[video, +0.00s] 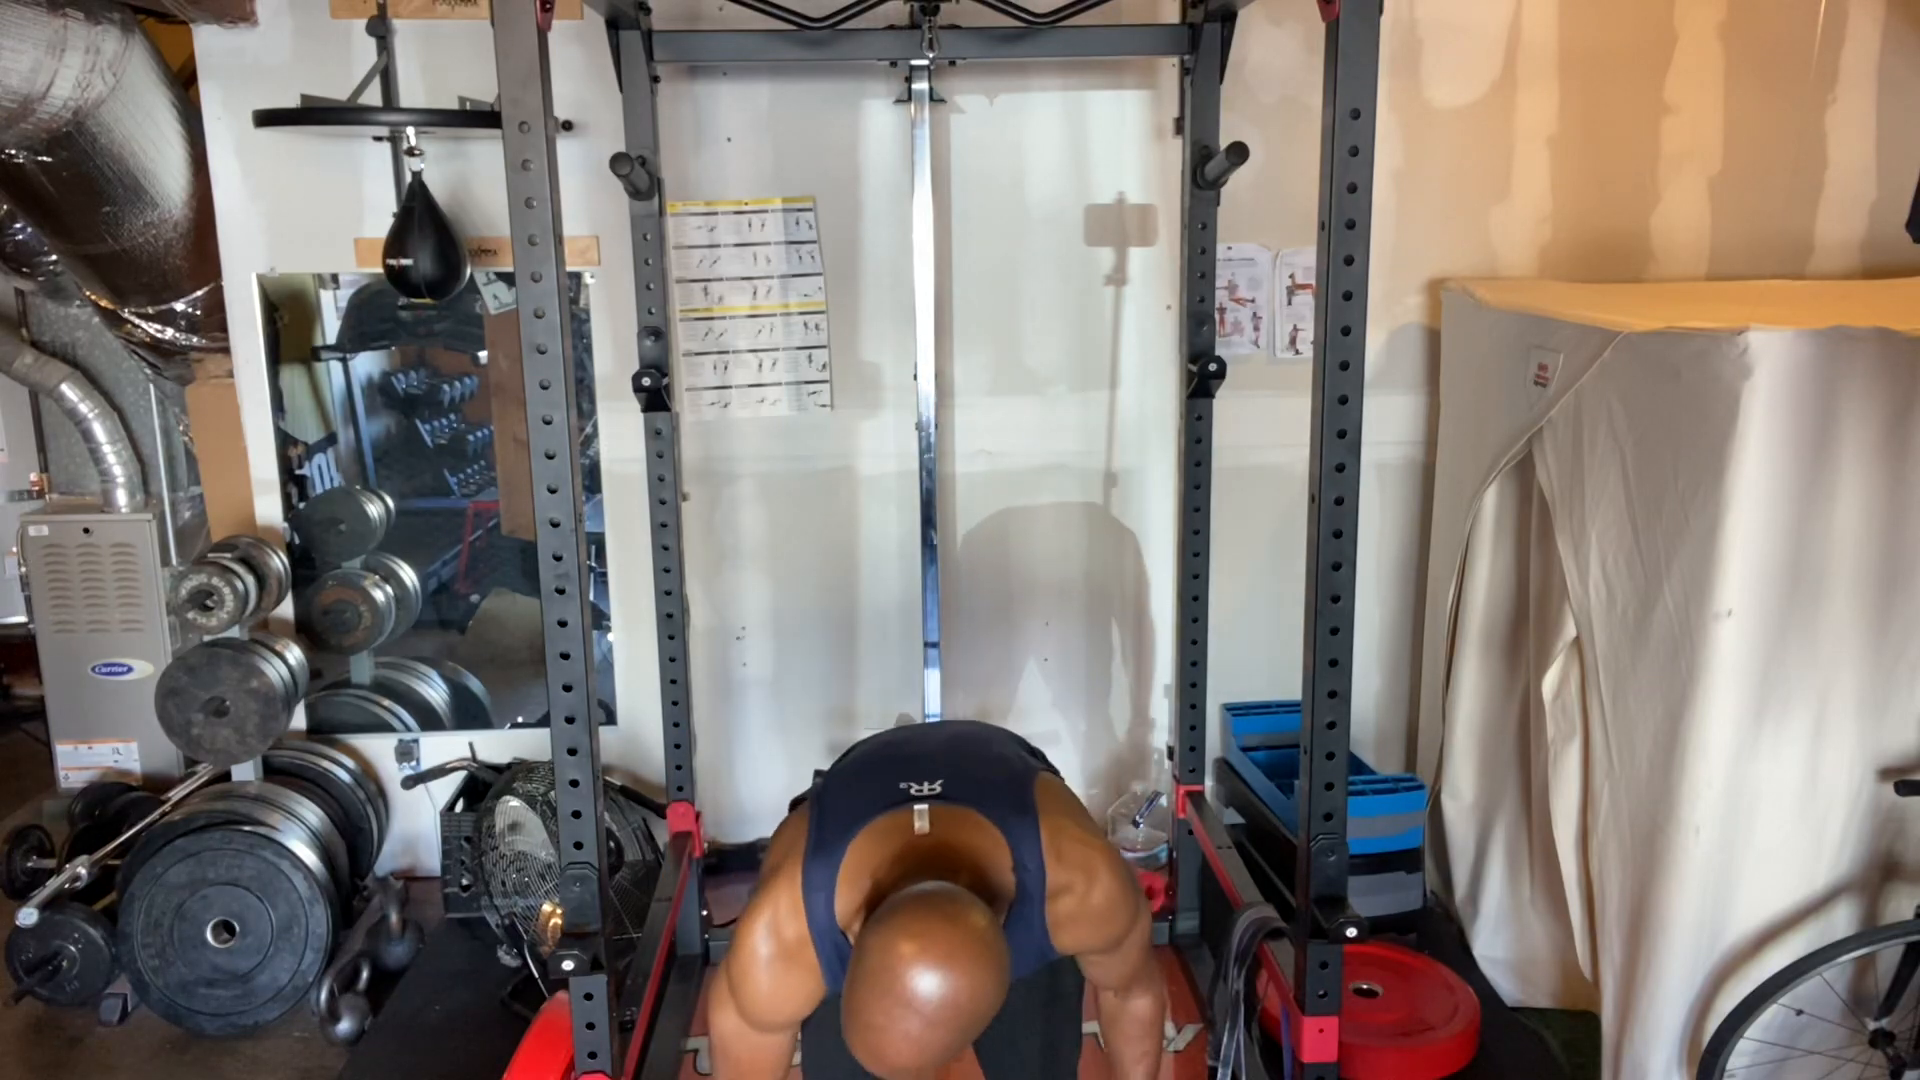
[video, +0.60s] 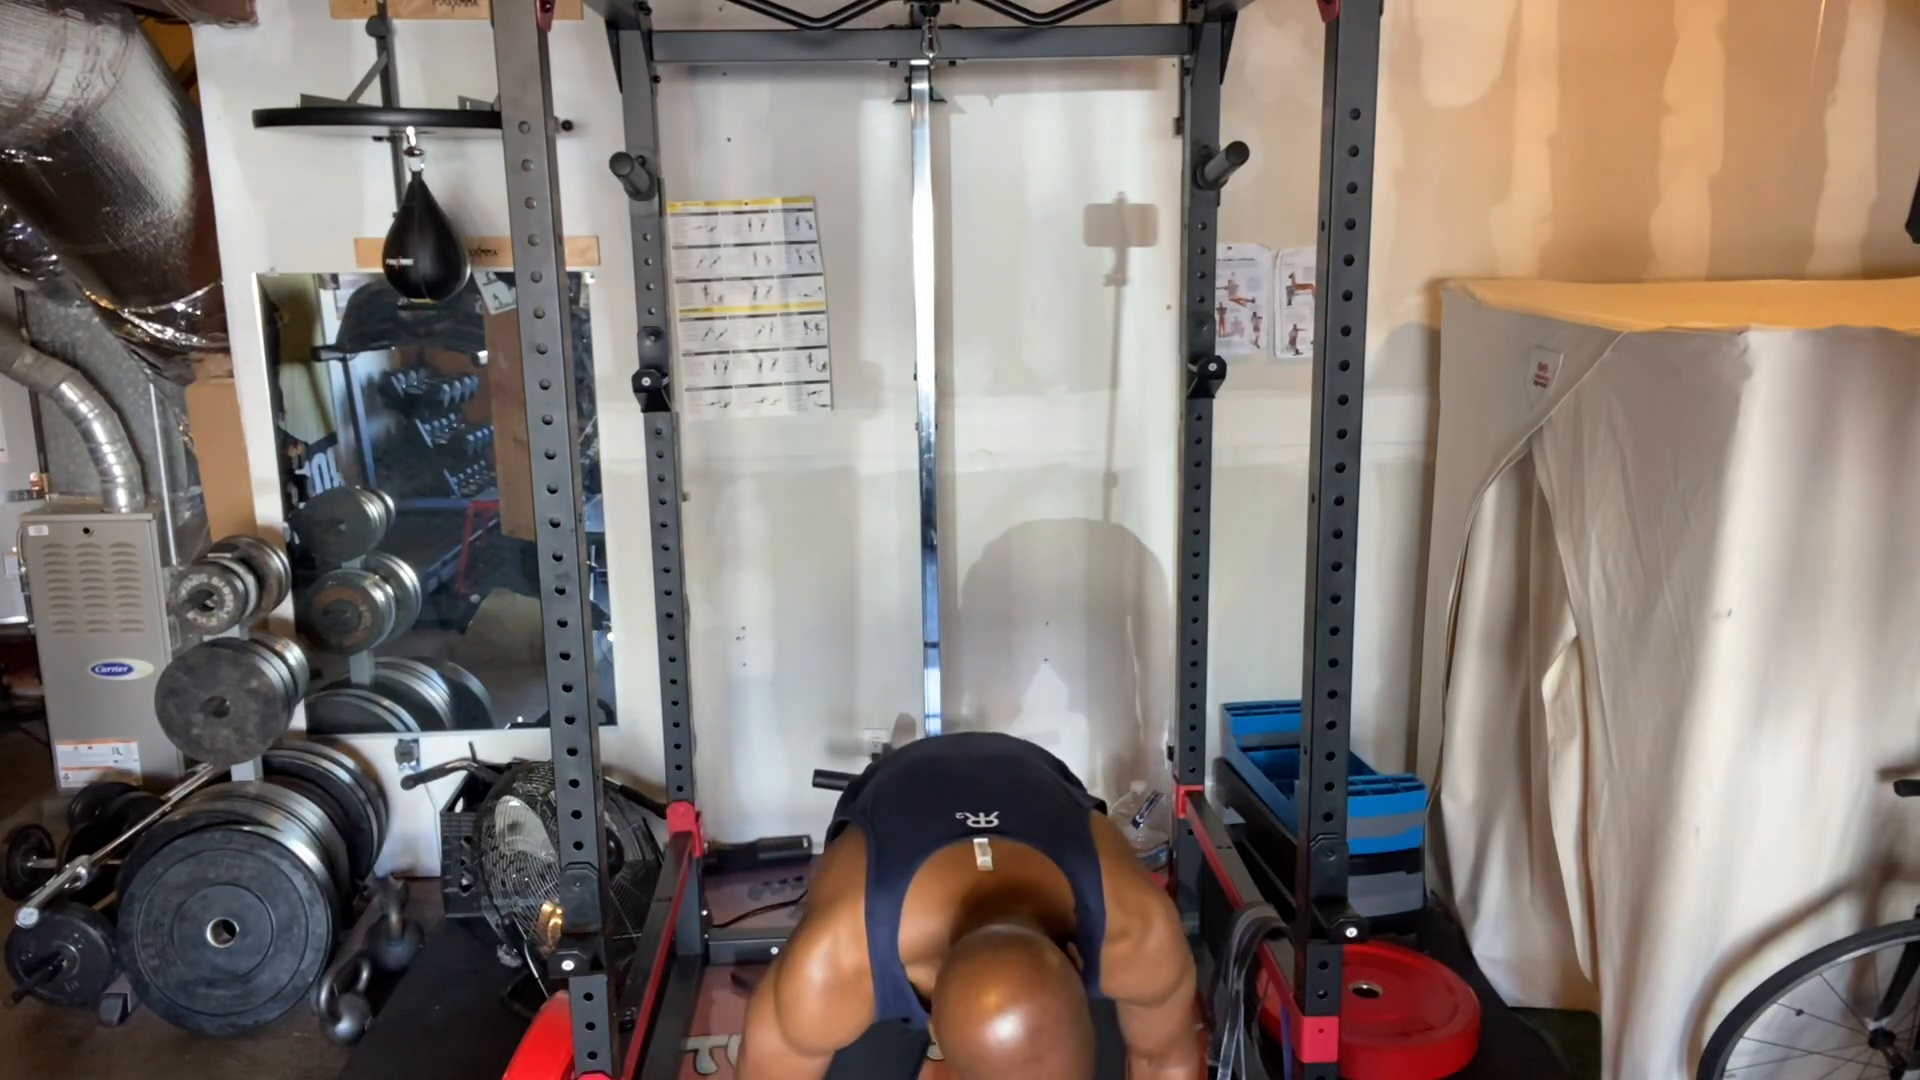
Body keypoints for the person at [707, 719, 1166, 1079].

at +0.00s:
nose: (895, 1074)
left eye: (924, 1070)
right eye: (878, 1064)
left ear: (1006, 946)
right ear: (852, 958)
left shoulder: (1090, 895)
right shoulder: (772, 958)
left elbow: (1132, 994)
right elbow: (744, 1067)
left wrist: (1134, 1076)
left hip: (1015, 771)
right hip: (848, 781)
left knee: (1035, 1059)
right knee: (837, 1059)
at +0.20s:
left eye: (974, 1073)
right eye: (919, 1074)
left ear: (1026, 984)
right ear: (871, 968)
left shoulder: (1106, 921)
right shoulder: (784, 966)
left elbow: (1138, 1029)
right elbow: (749, 1066)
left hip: (1020, 766)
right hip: (863, 776)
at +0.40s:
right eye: (955, 1074)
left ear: (1058, 974)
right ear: (909, 1005)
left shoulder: (1129, 933)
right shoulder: (809, 972)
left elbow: (1153, 1053)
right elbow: (759, 1067)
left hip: (1029, 766)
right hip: (879, 776)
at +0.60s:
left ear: (1078, 977)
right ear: (930, 1015)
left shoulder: (1144, 940)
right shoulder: (826, 977)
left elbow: (1167, 1061)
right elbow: (770, 1066)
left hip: (1040, 774)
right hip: (889, 785)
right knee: (865, 1054)